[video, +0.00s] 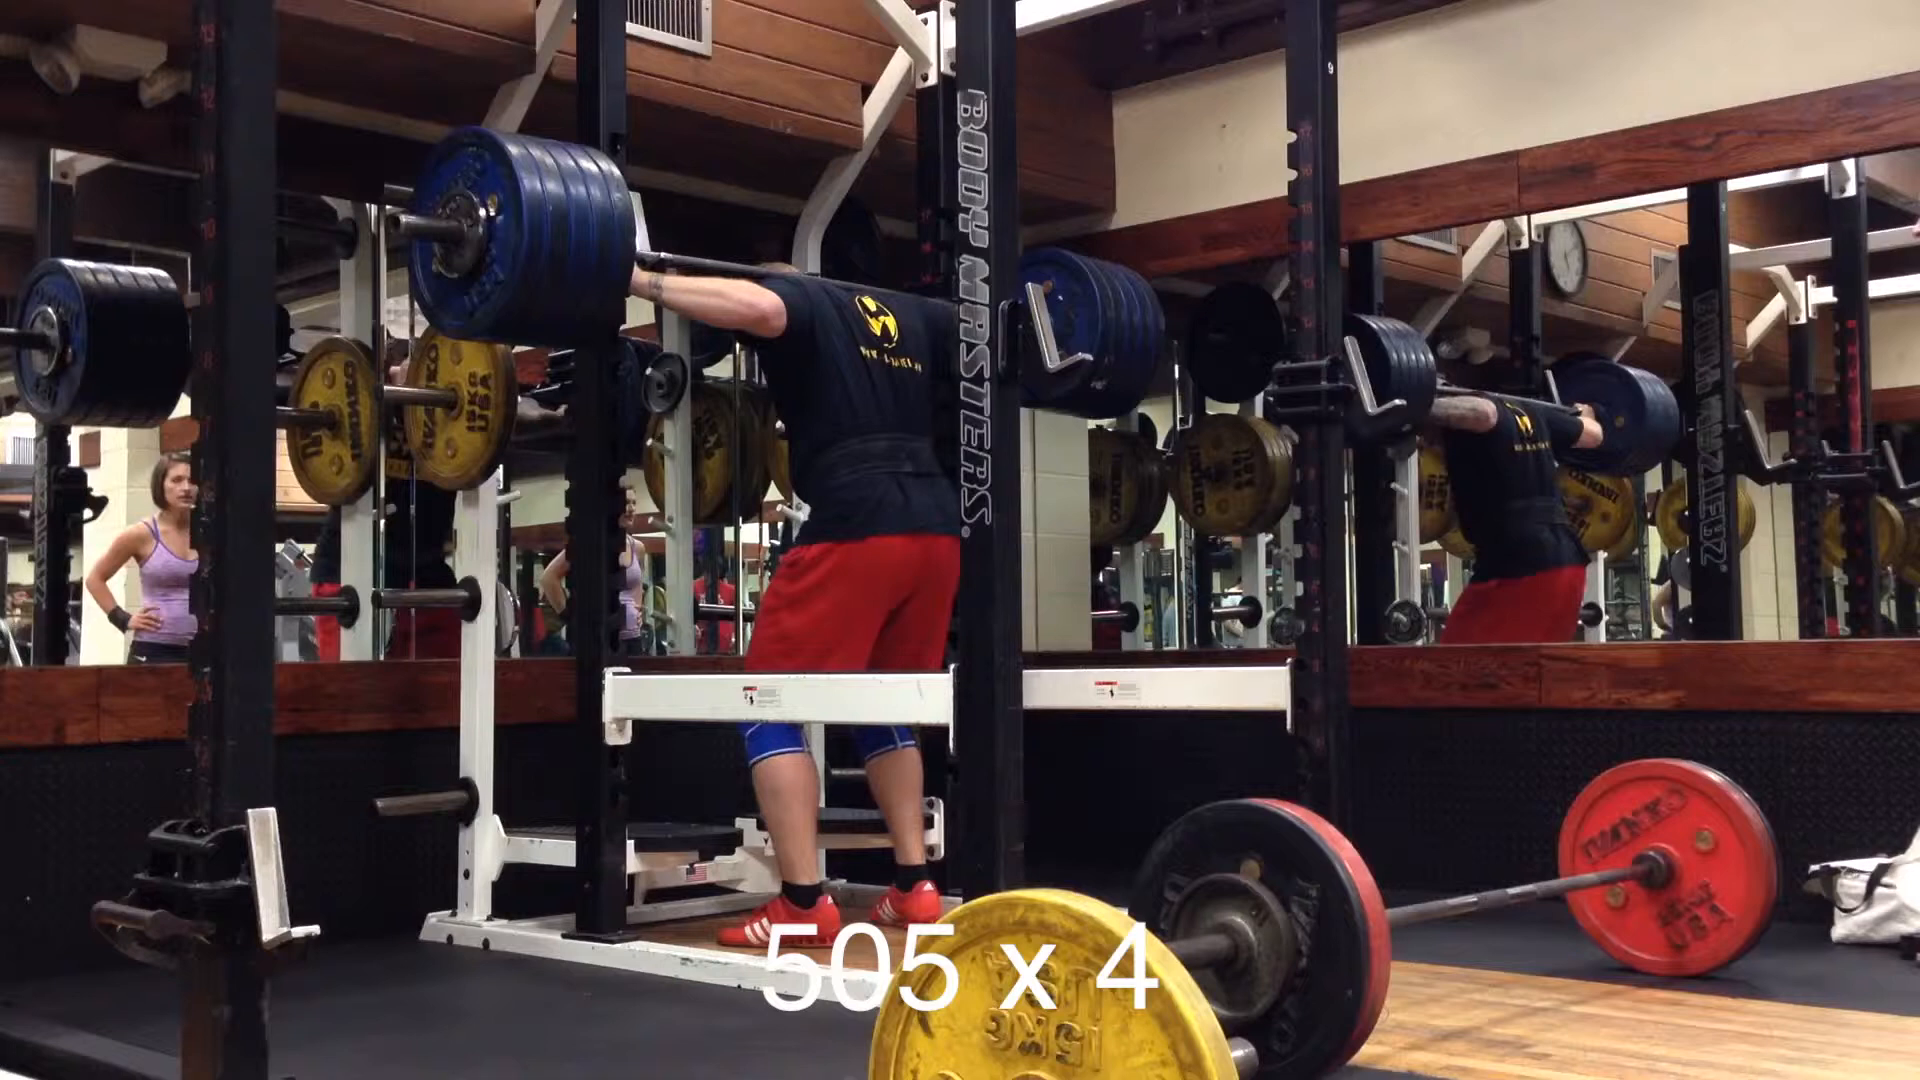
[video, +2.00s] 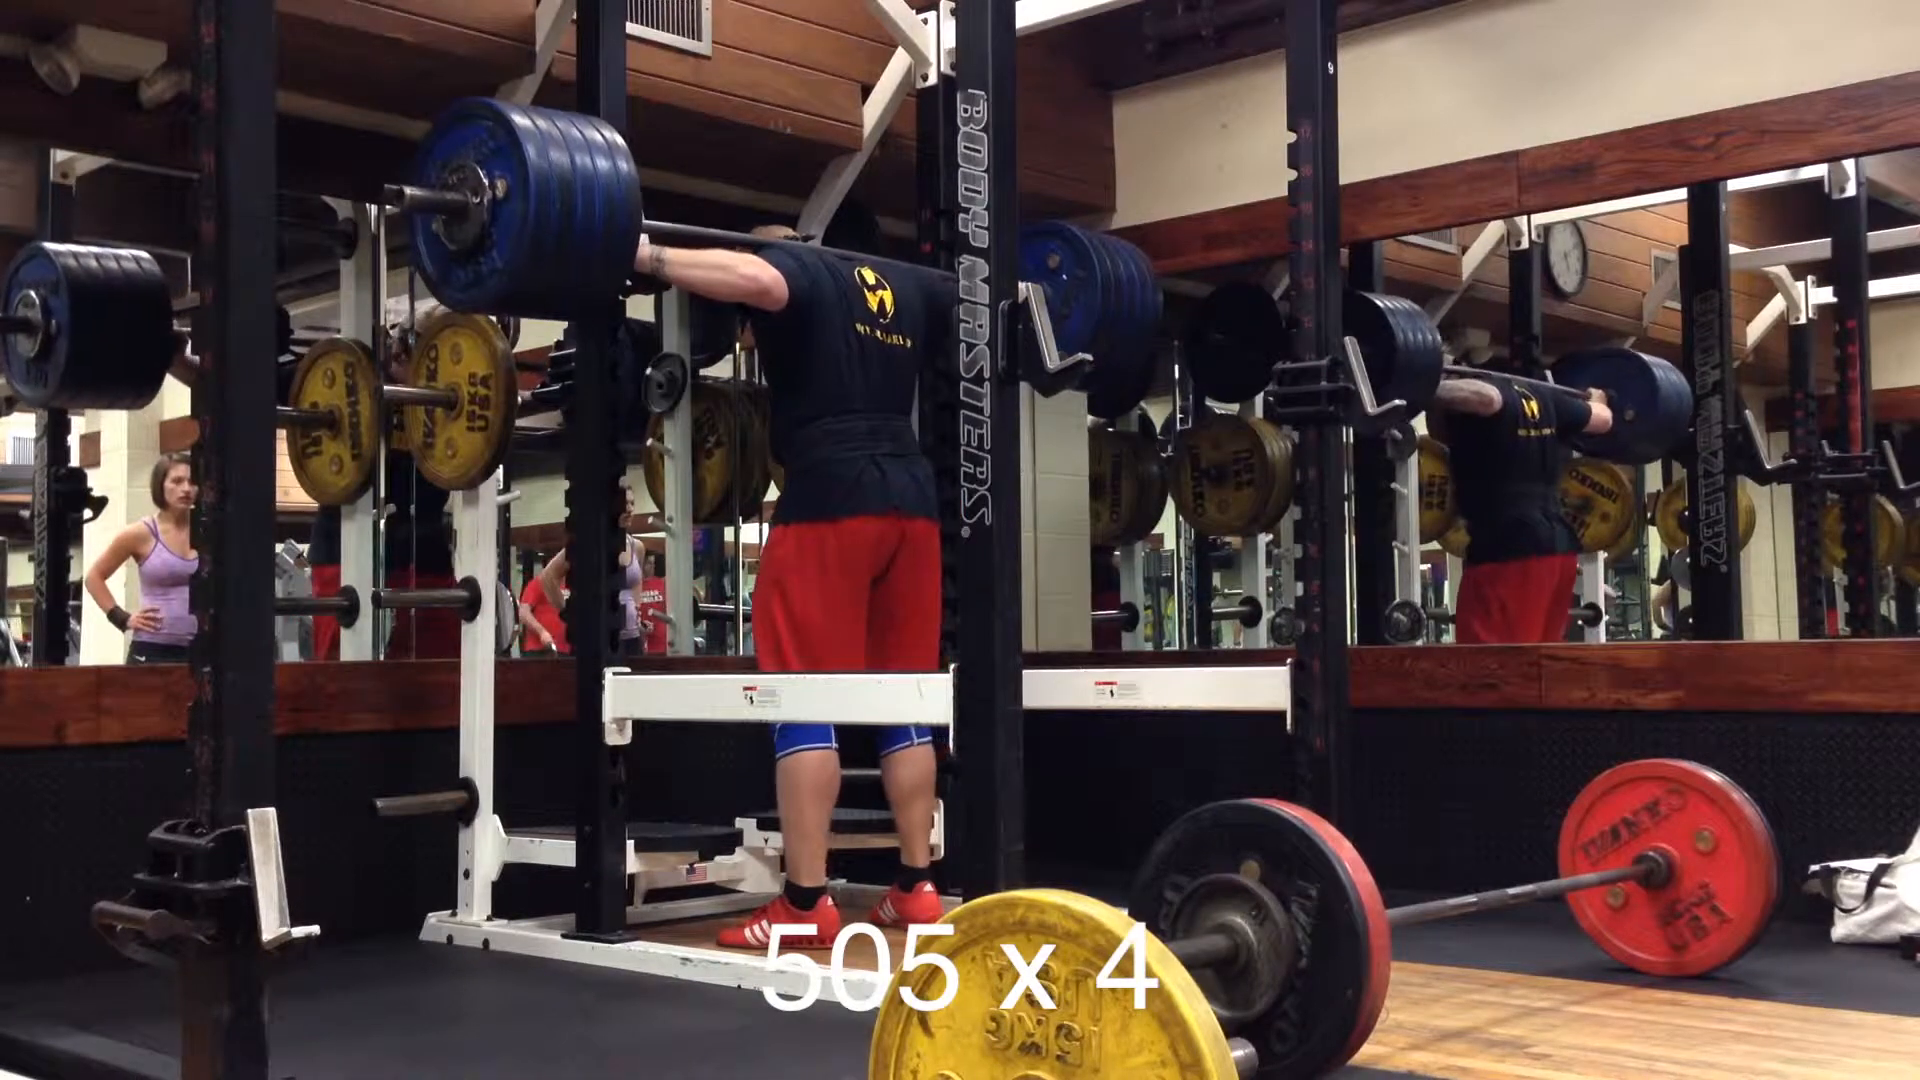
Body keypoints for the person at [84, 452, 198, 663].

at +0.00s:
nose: (187, 488)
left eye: (192, 480)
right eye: (177, 480)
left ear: (200, 486)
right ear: (160, 486)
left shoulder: (205, 530)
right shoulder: (141, 534)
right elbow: (94, 579)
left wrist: (213, 615)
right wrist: (123, 620)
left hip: (200, 647)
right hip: (154, 648)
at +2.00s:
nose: (186, 489)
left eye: (192, 481)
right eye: (177, 481)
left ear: (199, 487)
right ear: (160, 486)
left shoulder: (204, 529)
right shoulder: (140, 534)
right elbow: (94, 578)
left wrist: (212, 614)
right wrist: (123, 619)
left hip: (199, 648)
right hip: (153, 648)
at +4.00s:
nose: (185, 489)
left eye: (190, 482)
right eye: (175, 482)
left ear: (198, 487)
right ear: (158, 487)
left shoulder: (203, 528)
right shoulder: (140, 533)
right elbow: (93, 578)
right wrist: (124, 620)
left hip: (198, 648)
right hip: (153, 648)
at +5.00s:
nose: (203, 491)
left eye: (200, 485)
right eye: (197, 485)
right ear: (181, 491)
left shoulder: (205, 531)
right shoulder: (144, 534)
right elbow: (97, 580)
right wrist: (128, 620)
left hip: (201, 648)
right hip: (157, 649)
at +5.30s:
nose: (215, 496)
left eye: (218, 487)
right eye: (210, 488)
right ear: (196, 492)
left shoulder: (226, 532)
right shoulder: (167, 536)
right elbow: (118, 582)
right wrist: (155, 624)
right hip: (180, 651)